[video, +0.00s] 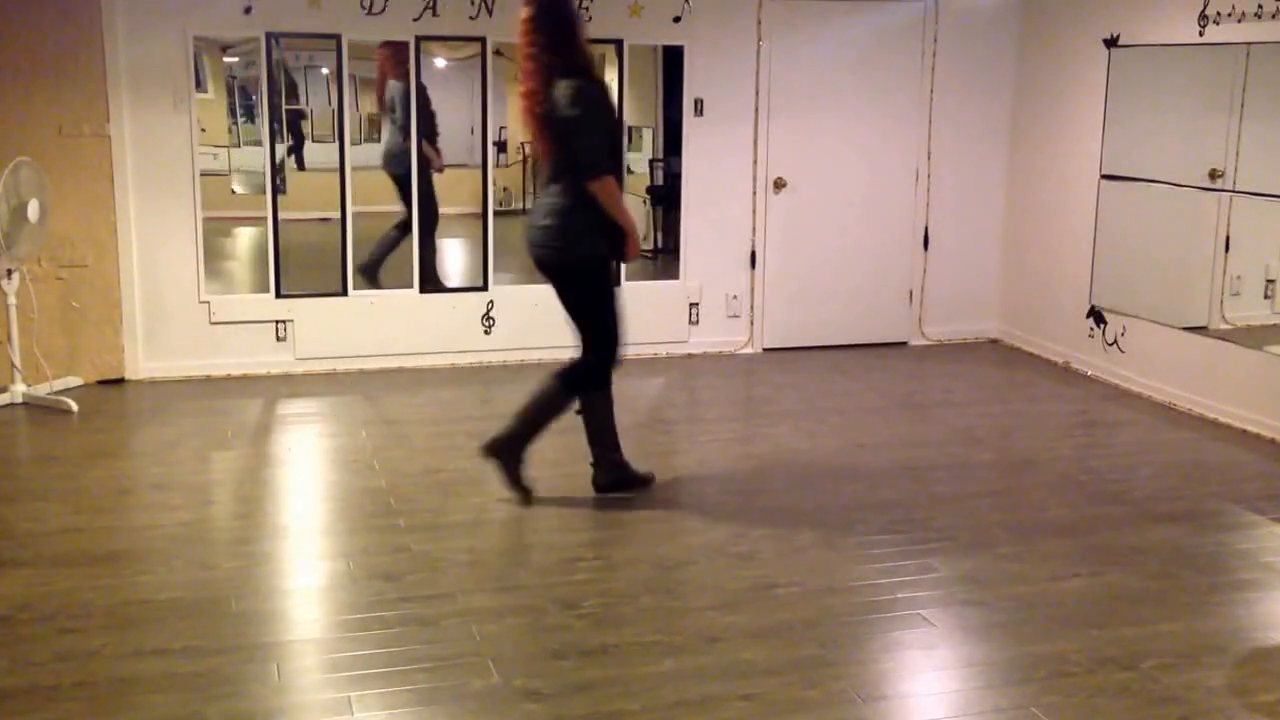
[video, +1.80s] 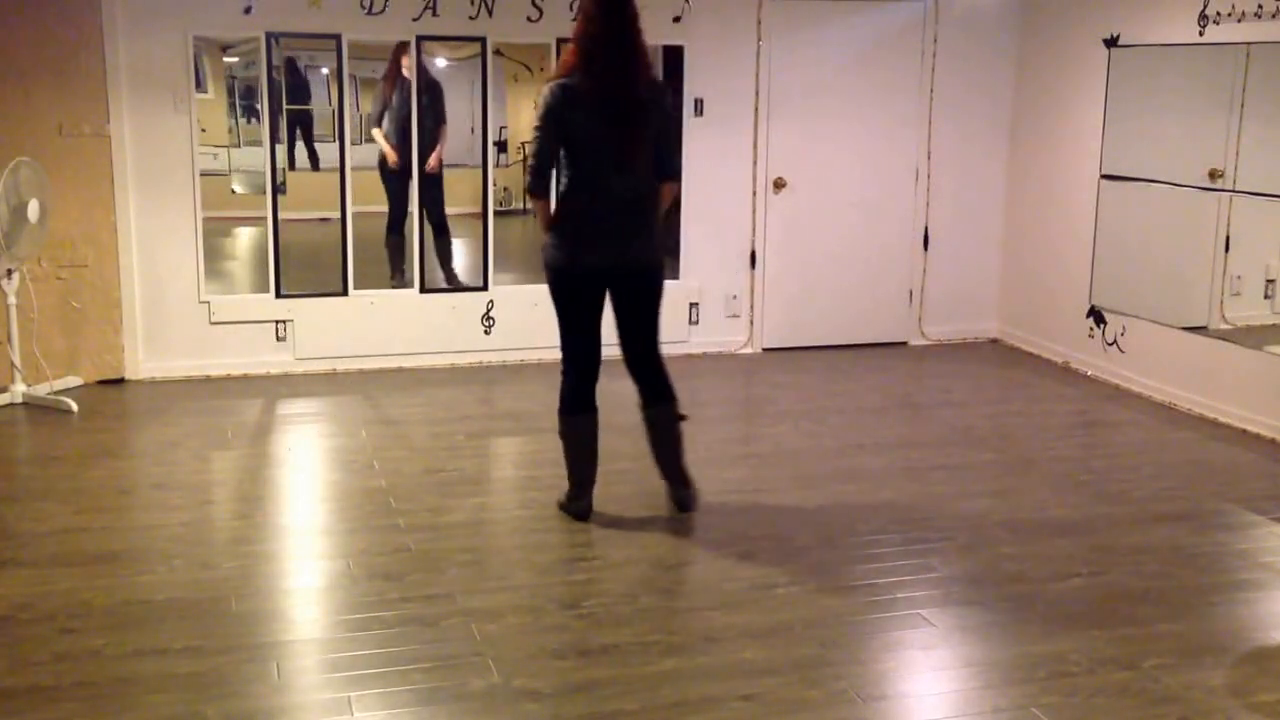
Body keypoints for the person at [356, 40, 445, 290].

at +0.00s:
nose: (381, 62)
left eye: (385, 57)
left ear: (392, 59)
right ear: (403, 58)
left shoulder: (393, 86)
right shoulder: (403, 88)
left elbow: (411, 126)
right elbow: (410, 128)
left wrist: (433, 149)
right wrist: (433, 155)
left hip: (396, 157)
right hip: (408, 159)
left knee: (415, 215)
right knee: (427, 216)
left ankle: (371, 265)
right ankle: (428, 279)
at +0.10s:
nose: (386, 64)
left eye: (390, 58)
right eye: (386, 59)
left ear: (401, 59)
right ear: (405, 58)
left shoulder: (406, 84)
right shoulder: (404, 86)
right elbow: (413, 128)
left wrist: (441, 150)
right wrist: (441, 152)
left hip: (412, 158)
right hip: (410, 159)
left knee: (431, 214)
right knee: (431, 214)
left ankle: (388, 260)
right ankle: (428, 278)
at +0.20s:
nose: (429, 53)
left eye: (425, 48)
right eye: (423, 49)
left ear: (415, 55)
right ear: (417, 53)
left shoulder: (430, 79)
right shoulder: (413, 81)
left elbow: (437, 118)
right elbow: (413, 123)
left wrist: (451, 146)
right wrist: (447, 137)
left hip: (432, 156)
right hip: (421, 158)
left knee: (447, 212)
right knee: (440, 213)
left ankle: (428, 272)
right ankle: (426, 274)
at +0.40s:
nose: (435, 53)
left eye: (435, 49)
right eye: (429, 50)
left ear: (437, 53)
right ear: (420, 54)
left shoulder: (446, 75)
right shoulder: (414, 78)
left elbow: (459, 109)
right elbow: (413, 118)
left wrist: (467, 127)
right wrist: (446, 107)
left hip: (451, 156)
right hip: (426, 158)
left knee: (455, 217)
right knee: (431, 218)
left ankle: (457, 272)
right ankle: (428, 276)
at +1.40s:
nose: (435, 55)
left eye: (437, 50)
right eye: (429, 51)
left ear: (442, 54)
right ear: (420, 55)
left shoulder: (458, 85)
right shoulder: (412, 85)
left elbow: (472, 124)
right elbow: (403, 126)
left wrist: (454, 119)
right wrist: (422, 135)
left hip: (455, 155)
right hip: (425, 157)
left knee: (457, 214)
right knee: (415, 213)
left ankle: (458, 273)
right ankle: (399, 271)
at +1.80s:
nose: (411, 61)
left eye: (414, 56)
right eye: (407, 56)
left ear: (420, 58)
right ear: (398, 60)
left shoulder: (432, 85)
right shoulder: (389, 86)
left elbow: (442, 124)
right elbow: (374, 124)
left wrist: (438, 152)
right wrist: (387, 149)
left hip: (427, 159)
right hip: (396, 159)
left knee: (437, 217)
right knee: (397, 214)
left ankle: (449, 274)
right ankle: (397, 273)